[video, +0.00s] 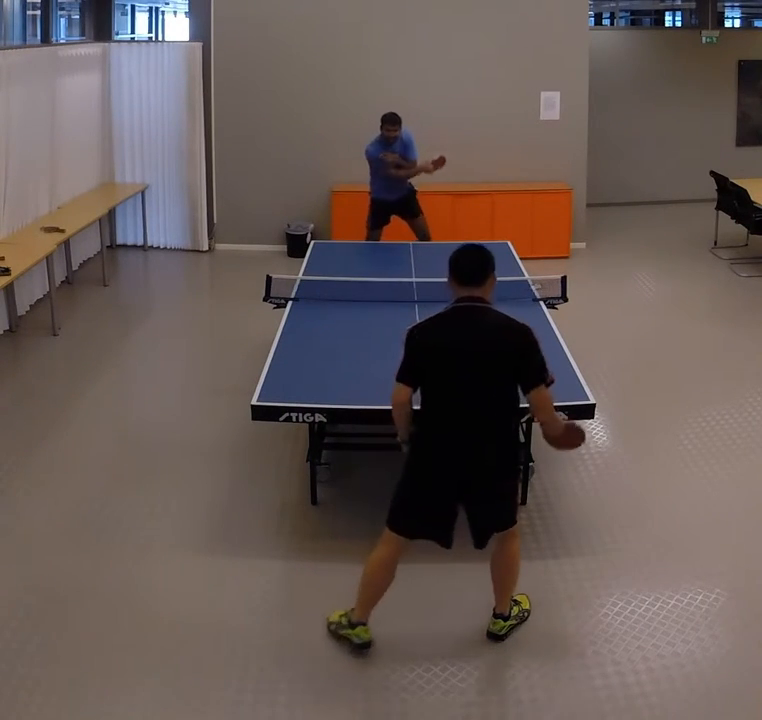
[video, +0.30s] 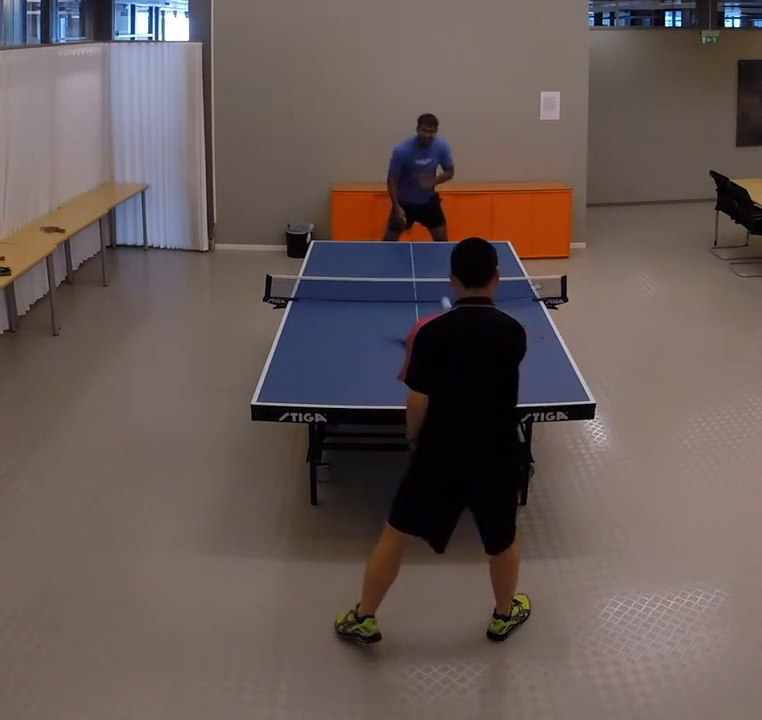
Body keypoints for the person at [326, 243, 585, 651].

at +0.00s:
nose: (490, 283)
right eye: (494, 277)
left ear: (450, 282)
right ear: (493, 281)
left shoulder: (424, 332)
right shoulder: (515, 334)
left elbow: (400, 399)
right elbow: (544, 409)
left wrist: (407, 438)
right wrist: (558, 431)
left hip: (434, 454)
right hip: (492, 458)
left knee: (393, 539)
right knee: (505, 532)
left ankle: (357, 620)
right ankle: (502, 613)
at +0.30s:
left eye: (453, 273)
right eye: (494, 272)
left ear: (452, 279)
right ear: (496, 278)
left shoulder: (430, 333)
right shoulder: (514, 331)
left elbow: (417, 403)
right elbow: (503, 386)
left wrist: (416, 442)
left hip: (440, 450)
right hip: (494, 452)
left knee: (396, 533)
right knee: (501, 538)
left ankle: (364, 616)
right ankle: (504, 613)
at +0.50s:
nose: (425, 290)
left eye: (424, 284)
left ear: (424, 290)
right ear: (466, 290)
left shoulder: (403, 349)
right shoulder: (485, 344)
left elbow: (392, 423)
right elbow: (454, 381)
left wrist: (388, 455)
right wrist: (393, 364)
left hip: (413, 465)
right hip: (465, 463)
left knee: (361, 549)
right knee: (488, 535)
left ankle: (317, 627)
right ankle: (503, 612)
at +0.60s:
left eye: (399, 292)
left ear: (397, 297)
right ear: (440, 299)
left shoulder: (372, 356)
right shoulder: (461, 357)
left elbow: (360, 428)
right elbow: (462, 417)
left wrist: (370, 468)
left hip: (385, 478)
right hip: (442, 477)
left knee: (340, 553)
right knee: (477, 543)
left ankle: (311, 640)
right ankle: (501, 614)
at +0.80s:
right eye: (415, 291)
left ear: (375, 296)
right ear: (420, 297)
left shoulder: (346, 353)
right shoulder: (442, 357)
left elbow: (329, 425)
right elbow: (466, 422)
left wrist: (336, 463)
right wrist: (431, 426)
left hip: (356, 479)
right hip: (416, 479)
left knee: (326, 555)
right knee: (451, 544)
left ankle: (308, 640)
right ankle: (454, 631)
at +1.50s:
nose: (426, 308)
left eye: (424, 302)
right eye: (425, 302)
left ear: (379, 303)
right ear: (420, 307)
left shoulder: (343, 350)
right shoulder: (427, 370)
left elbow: (306, 407)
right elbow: (456, 428)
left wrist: (326, 433)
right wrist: (471, 407)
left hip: (334, 480)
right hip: (390, 487)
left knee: (295, 549)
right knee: (424, 555)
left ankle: (252, 621)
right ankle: (443, 638)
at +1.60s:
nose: (427, 318)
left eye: (425, 309)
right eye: (426, 310)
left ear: (381, 310)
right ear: (419, 315)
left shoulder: (344, 354)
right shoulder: (420, 386)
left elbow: (300, 400)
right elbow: (446, 460)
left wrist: (314, 431)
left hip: (322, 483)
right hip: (378, 495)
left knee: (288, 547)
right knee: (423, 555)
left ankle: (249, 624)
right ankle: (440, 640)